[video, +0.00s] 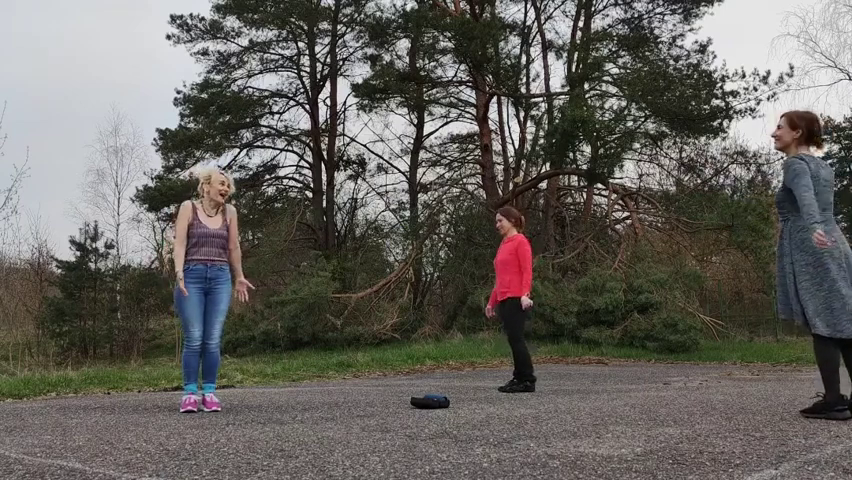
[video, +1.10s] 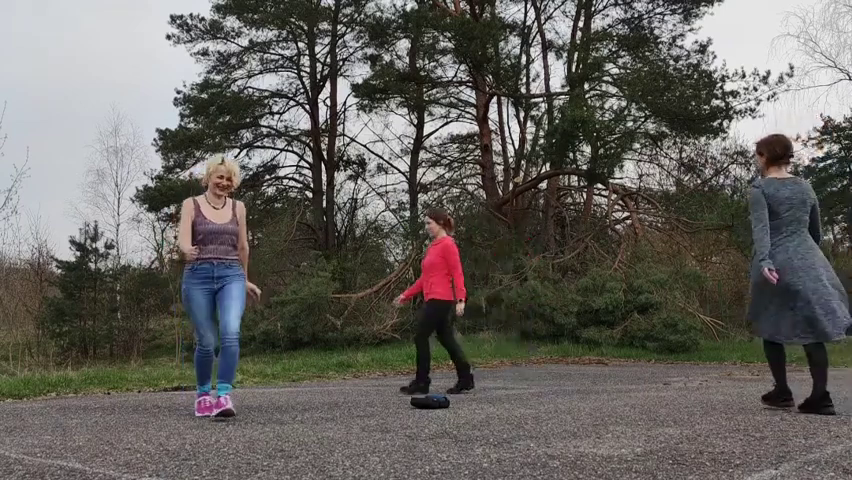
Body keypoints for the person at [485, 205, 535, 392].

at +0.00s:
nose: (497, 225)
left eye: (500, 221)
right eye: (496, 222)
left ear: (512, 221)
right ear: (500, 223)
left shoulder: (521, 241)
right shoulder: (504, 244)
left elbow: (527, 269)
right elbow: (501, 277)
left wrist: (525, 293)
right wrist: (491, 302)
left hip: (515, 297)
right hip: (504, 298)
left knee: (516, 340)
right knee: (514, 340)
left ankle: (526, 379)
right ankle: (519, 377)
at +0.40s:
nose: (487, 232)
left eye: (489, 227)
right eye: (485, 229)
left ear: (500, 225)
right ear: (489, 229)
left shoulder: (511, 245)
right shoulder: (495, 246)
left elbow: (516, 271)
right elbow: (498, 272)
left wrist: (509, 292)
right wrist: (492, 292)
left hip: (511, 300)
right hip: (496, 301)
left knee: (511, 340)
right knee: (487, 338)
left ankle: (527, 380)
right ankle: (506, 377)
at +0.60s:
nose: (473, 230)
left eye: (475, 225)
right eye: (472, 227)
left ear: (486, 222)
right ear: (480, 225)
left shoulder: (495, 240)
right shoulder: (488, 242)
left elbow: (480, 263)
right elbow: (501, 272)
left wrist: (456, 266)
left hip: (497, 298)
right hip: (485, 298)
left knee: (507, 336)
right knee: (472, 334)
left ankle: (525, 377)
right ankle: (467, 378)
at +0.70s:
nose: (465, 230)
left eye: (467, 226)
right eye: (464, 227)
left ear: (478, 223)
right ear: (475, 225)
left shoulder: (485, 241)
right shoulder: (482, 241)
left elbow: (468, 260)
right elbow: (495, 269)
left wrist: (442, 266)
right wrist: (502, 294)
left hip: (487, 298)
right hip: (475, 299)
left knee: (497, 336)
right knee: (466, 336)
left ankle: (521, 375)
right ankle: (467, 380)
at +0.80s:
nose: (456, 230)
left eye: (458, 226)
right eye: (455, 227)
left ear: (469, 224)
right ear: (468, 226)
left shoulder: (475, 244)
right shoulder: (475, 244)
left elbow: (457, 267)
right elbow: (484, 275)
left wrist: (434, 276)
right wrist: (487, 300)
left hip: (472, 300)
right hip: (466, 300)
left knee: (474, 340)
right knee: (463, 341)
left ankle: (509, 369)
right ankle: (468, 382)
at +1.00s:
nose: (437, 229)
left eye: (439, 225)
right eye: (436, 225)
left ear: (449, 224)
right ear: (446, 226)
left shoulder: (458, 244)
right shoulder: (445, 246)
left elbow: (456, 275)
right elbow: (440, 279)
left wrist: (450, 299)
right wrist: (427, 300)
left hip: (452, 300)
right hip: (443, 299)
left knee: (430, 335)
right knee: (456, 340)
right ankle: (467, 382)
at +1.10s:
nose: (426, 227)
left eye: (429, 223)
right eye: (426, 224)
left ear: (440, 223)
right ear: (435, 225)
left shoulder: (448, 244)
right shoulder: (433, 246)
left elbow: (457, 271)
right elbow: (425, 278)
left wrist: (460, 299)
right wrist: (406, 295)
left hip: (441, 299)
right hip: (434, 299)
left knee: (421, 337)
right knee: (447, 338)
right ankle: (465, 378)